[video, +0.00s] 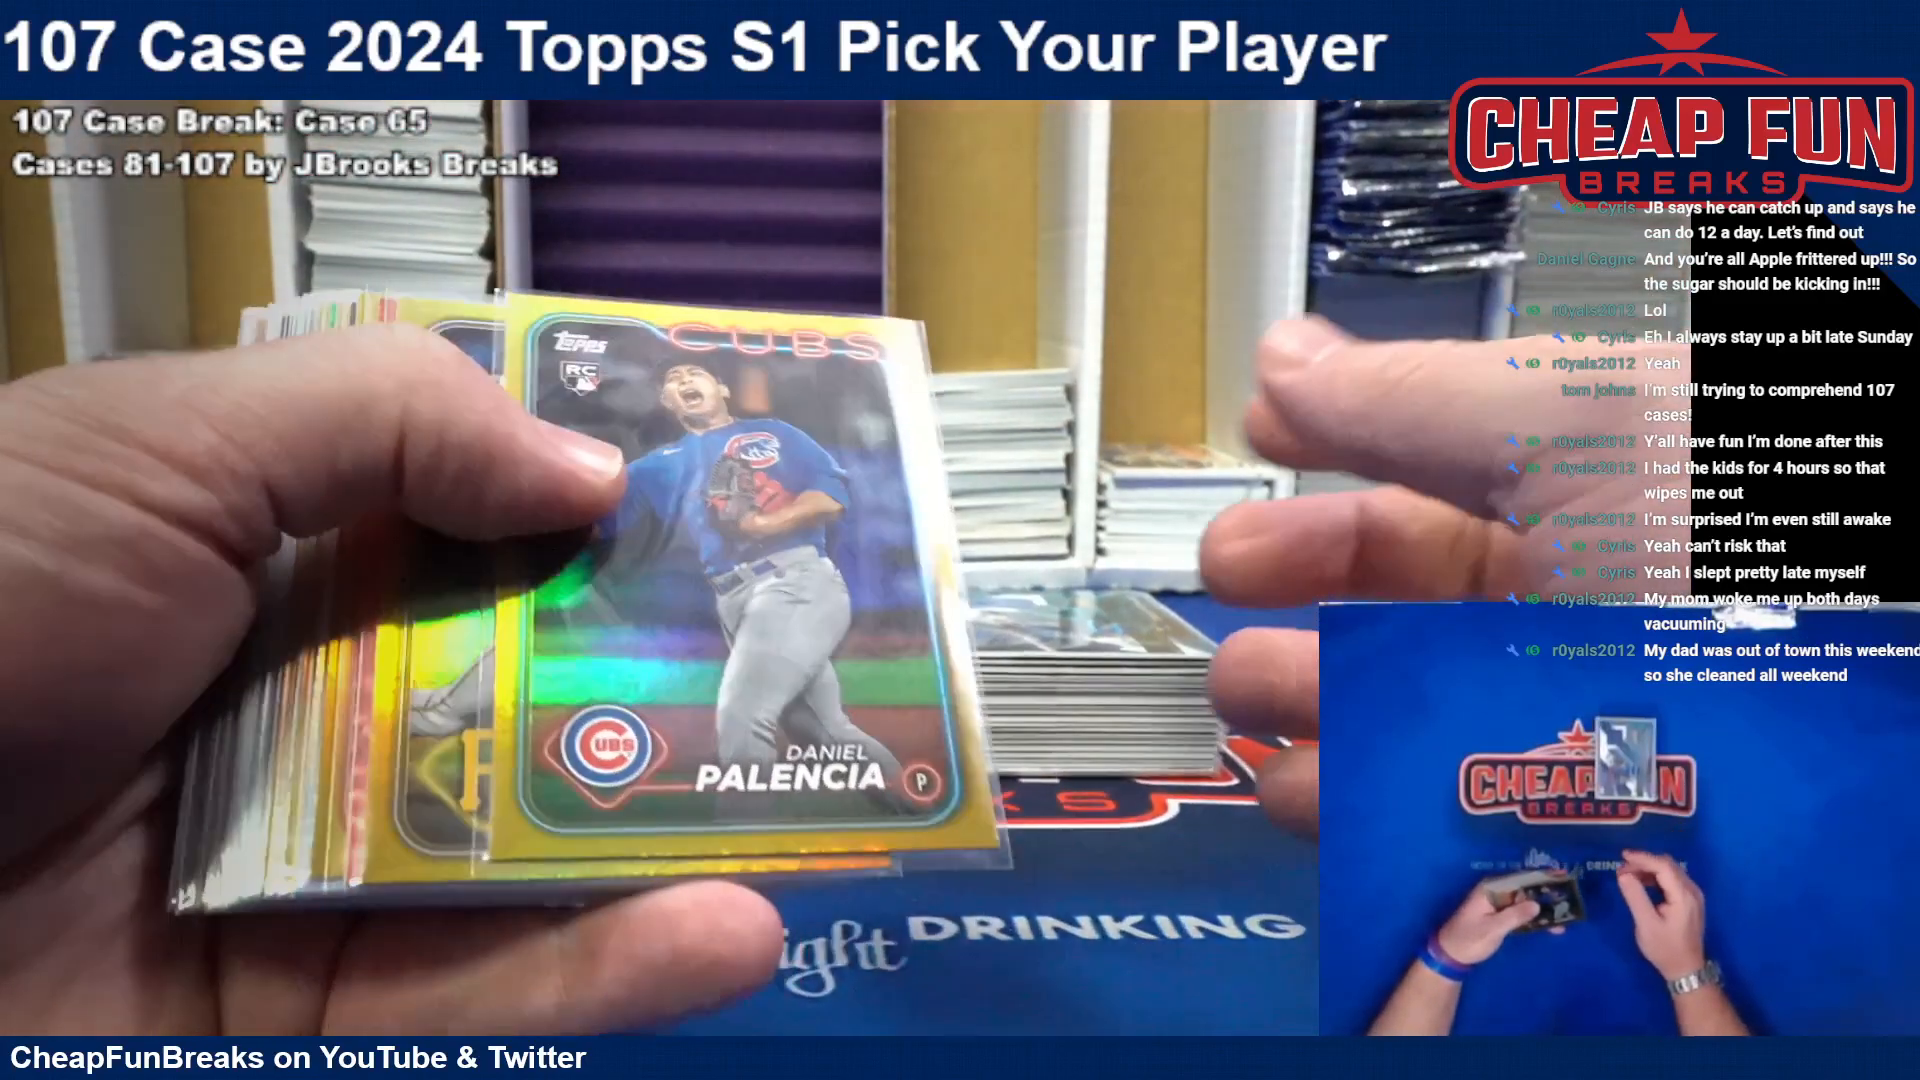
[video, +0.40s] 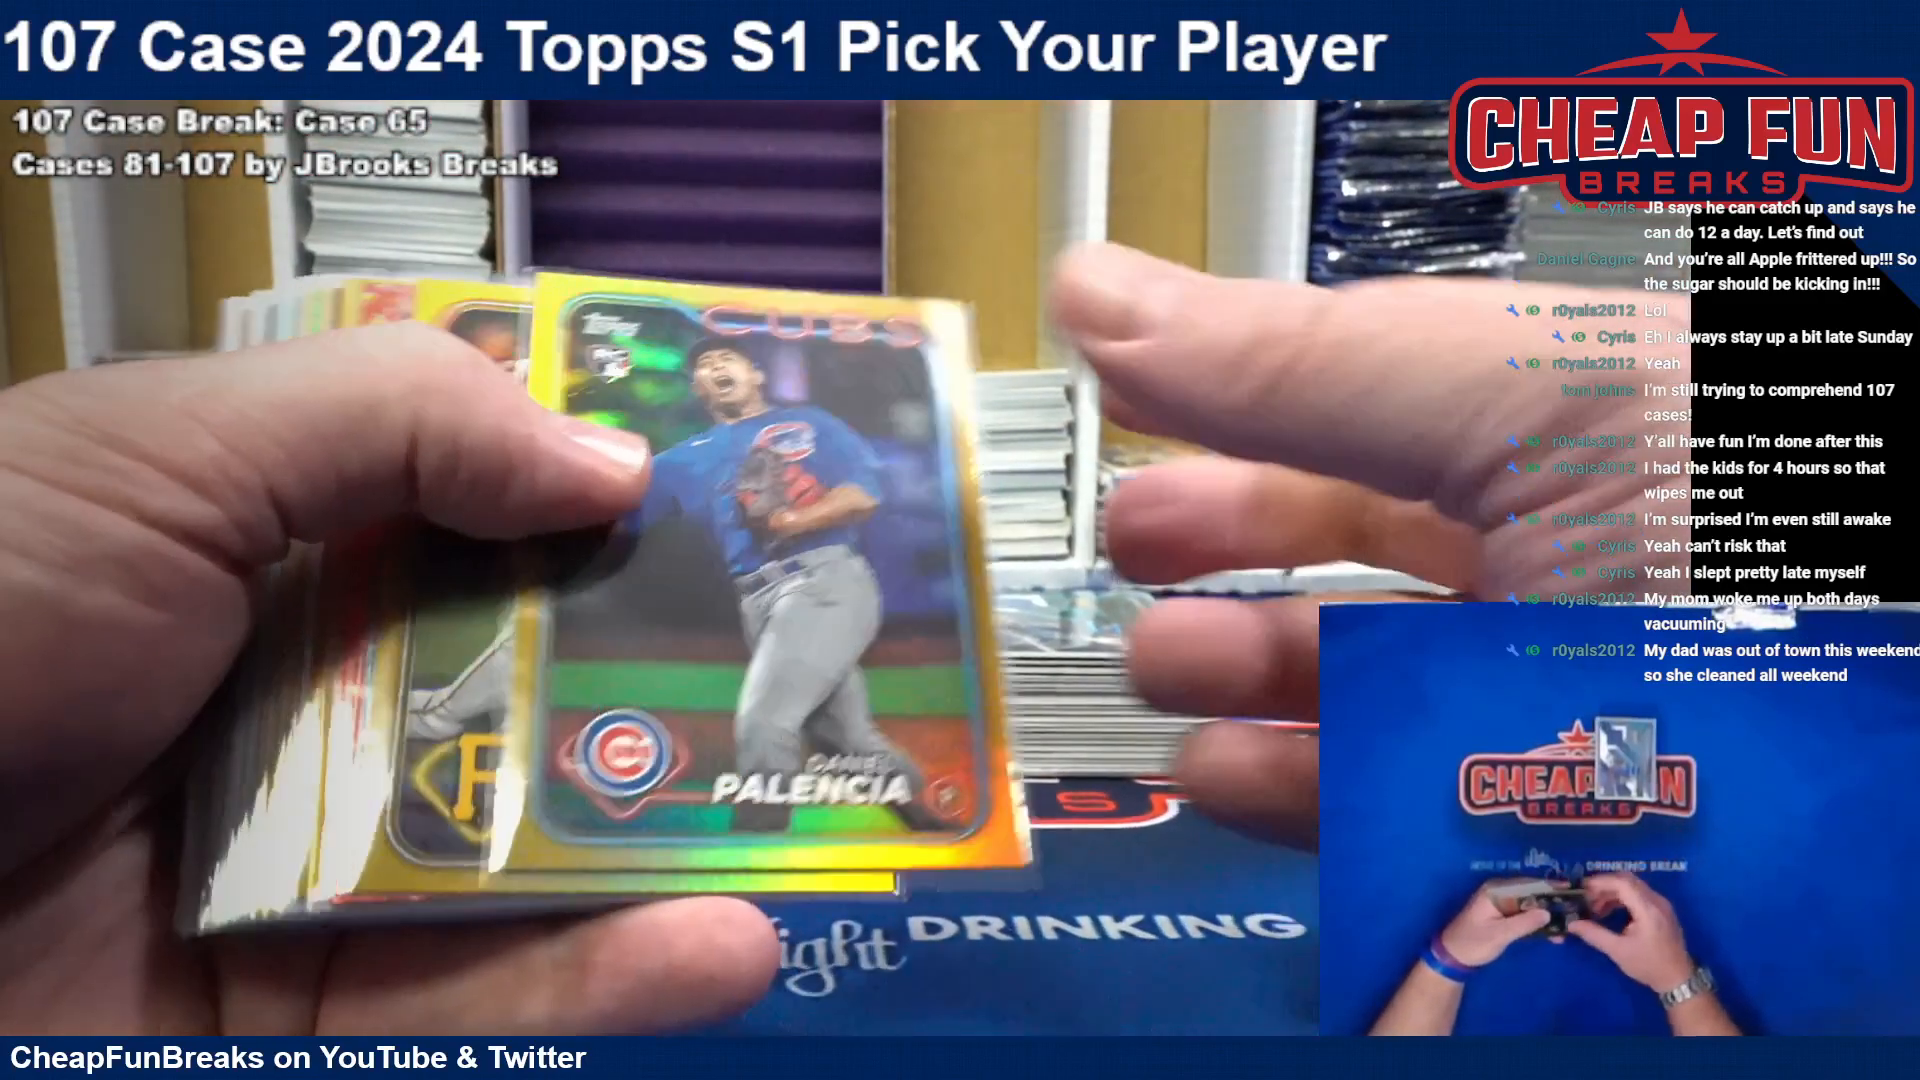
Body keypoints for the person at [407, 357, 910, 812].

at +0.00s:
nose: (686, 389)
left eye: (698, 381)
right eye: (675, 384)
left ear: (724, 394)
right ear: (665, 403)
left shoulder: (772, 433)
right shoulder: (671, 463)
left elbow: (828, 501)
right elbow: (597, 493)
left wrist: (761, 526)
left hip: (797, 585)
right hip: (742, 605)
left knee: (741, 719)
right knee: (830, 733)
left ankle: (747, 853)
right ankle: (908, 814)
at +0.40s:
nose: (717, 372)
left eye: (727, 362)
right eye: (705, 368)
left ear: (757, 376)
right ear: (697, 391)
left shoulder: (809, 422)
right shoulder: (694, 455)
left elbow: (864, 490)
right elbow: (618, 494)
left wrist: (794, 519)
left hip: (828, 580)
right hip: (760, 601)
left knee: (762, 723)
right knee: (849, 739)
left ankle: (759, 877)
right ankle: (945, 836)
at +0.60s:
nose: (797, 355)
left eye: (808, 343)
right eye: (784, 348)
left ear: (837, 350)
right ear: (771, 366)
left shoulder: (890, 395)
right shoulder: (773, 438)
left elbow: (956, 456)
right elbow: (689, 482)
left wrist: (900, 490)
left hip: (947, 540)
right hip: (868, 570)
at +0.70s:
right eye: (692, 395)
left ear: (712, 404)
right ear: (655, 400)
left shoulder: (697, 451)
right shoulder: (605, 448)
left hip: (690, 614)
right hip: (602, 612)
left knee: (773, 659)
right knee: (479, 708)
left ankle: (787, 816)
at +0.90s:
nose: (719, 384)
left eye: (725, 379)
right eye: (705, 374)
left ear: (732, 398)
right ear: (671, 387)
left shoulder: (760, 461)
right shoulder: (614, 440)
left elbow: (811, 517)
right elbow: (514, 435)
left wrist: (850, 563)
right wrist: (544, 376)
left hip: (695, 598)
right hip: (608, 594)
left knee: (777, 639)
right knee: (494, 686)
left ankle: (796, 786)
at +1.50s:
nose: (781, 388)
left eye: (786, 382)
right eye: (768, 379)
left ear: (792, 398)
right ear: (736, 388)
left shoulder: (818, 464)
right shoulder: (678, 437)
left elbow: (863, 520)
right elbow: (583, 432)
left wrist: (900, 571)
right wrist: (614, 373)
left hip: (747, 595)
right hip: (664, 587)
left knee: (824, 642)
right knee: (551, 673)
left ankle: (833, 784)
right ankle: (462, 668)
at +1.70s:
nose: (825, 368)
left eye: (830, 360)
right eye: (813, 356)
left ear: (833, 374)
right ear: (779, 363)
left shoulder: (838, 437)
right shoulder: (712, 416)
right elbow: (617, 409)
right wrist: (654, 348)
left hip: (782, 581)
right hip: (696, 572)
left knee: (858, 630)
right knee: (581, 660)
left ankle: (863, 779)